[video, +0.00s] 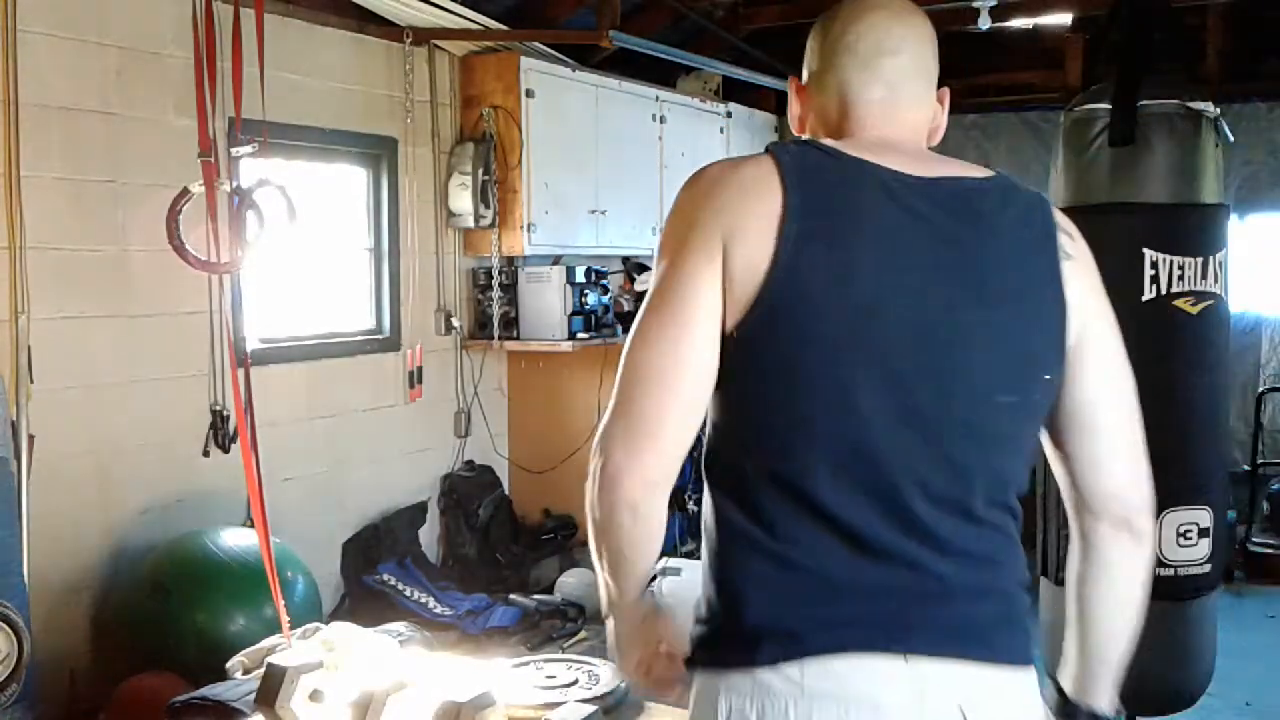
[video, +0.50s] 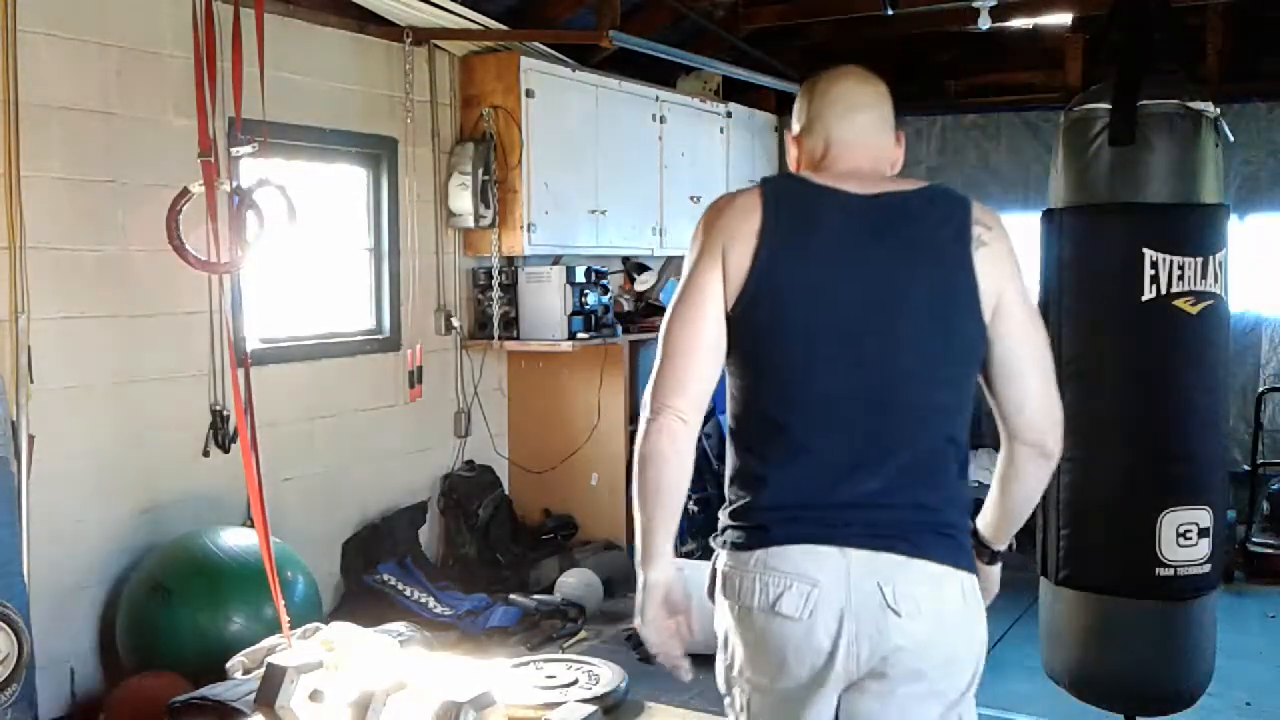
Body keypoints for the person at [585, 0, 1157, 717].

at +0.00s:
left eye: (786, 106)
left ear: (801, 105)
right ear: (940, 116)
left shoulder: (736, 194)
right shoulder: (1049, 234)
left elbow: (630, 470)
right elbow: (1121, 513)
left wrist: (629, 607)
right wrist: (1086, 697)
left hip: (785, 670)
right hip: (987, 673)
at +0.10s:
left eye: (792, 106)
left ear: (801, 111)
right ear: (934, 115)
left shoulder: (737, 189)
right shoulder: (1032, 226)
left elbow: (645, 441)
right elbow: (1103, 485)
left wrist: (608, 624)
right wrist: (1058, 658)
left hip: (785, 639)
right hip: (977, 648)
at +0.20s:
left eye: (792, 109)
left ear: (801, 113)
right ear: (925, 117)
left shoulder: (737, 188)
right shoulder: (1022, 217)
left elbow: (649, 417)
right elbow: (1088, 460)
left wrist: (600, 605)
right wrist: (1035, 601)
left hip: (779, 617)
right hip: (963, 628)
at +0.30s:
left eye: (794, 115)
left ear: (801, 118)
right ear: (918, 122)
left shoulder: (739, 192)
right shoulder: (1009, 212)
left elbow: (652, 405)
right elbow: (1073, 445)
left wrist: (614, 582)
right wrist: (1013, 559)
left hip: (775, 587)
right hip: (946, 598)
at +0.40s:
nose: (794, 137)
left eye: (793, 126)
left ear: (800, 131)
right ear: (911, 134)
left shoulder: (739, 203)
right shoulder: (993, 219)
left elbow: (663, 407)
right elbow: (1055, 439)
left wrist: (636, 577)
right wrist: (993, 540)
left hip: (775, 584)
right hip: (937, 591)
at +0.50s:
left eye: (788, 143)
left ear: (795, 149)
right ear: (899, 150)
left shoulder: (738, 218)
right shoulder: (976, 230)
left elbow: (672, 415)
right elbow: (1037, 436)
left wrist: (657, 569)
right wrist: (986, 545)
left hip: (778, 570)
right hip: (930, 576)